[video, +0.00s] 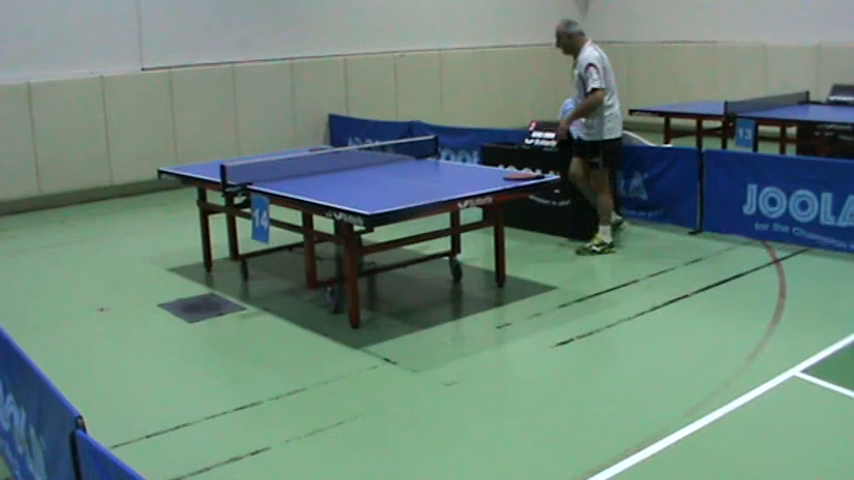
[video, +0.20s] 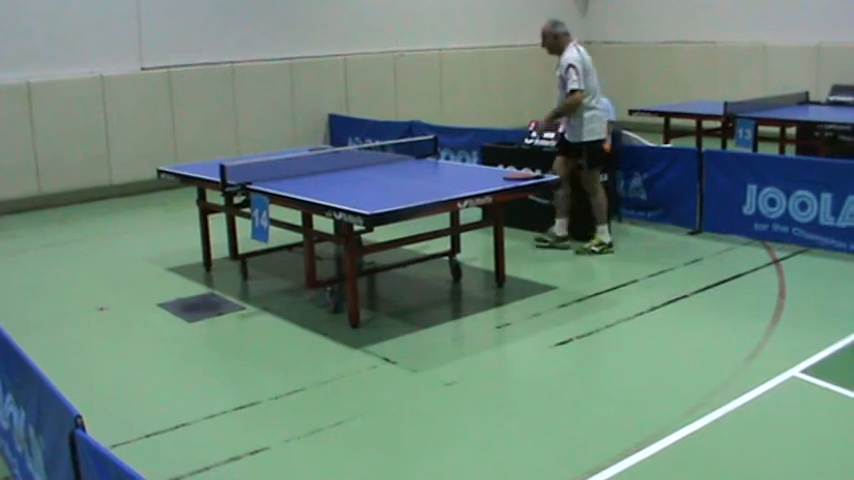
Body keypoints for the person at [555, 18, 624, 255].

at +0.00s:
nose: (558, 46)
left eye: (560, 40)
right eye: (557, 41)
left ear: (572, 37)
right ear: (574, 36)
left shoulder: (589, 59)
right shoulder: (585, 57)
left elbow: (597, 97)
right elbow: (590, 96)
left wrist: (568, 120)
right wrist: (572, 119)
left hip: (602, 133)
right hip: (589, 131)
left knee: (600, 183)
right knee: (576, 173)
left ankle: (604, 235)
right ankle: (610, 216)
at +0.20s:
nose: (543, 46)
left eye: (545, 40)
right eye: (543, 40)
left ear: (558, 37)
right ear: (561, 36)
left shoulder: (571, 59)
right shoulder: (574, 54)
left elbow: (576, 97)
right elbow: (578, 96)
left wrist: (550, 118)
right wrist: (558, 119)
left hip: (589, 130)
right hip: (574, 130)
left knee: (592, 181)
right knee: (560, 173)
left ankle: (603, 236)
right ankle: (560, 230)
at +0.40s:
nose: (520, 45)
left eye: (521, 40)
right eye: (519, 40)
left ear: (534, 37)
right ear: (538, 37)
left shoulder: (545, 59)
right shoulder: (553, 55)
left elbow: (551, 97)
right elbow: (560, 95)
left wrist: (529, 118)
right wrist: (540, 120)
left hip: (559, 135)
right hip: (557, 134)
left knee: (571, 182)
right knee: (539, 182)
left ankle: (598, 233)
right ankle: (525, 231)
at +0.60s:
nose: (499, 39)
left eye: (502, 33)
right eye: (500, 33)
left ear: (514, 33)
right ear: (520, 33)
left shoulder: (522, 55)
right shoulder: (535, 52)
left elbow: (527, 92)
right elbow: (538, 90)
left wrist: (509, 121)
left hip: (529, 130)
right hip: (540, 128)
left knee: (526, 180)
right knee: (527, 180)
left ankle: (559, 216)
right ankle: (524, 230)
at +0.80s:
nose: (482, 38)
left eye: (484, 33)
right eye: (483, 33)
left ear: (496, 33)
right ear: (503, 33)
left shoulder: (500, 56)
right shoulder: (521, 53)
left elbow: (503, 94)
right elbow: (514, 92)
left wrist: (487, 123)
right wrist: (486, 115)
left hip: (504, 130)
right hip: (523, 128)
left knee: (492, 177)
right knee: (522, 179)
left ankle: (492, 228)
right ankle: (524, 229)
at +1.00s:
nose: (459, 42)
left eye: (461, 37)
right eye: (459, 37)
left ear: (472, 37)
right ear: (480, 37)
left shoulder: (473, 61)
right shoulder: (498, 57)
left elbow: (473, 99)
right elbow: (490, 97)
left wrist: (462, 132)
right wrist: (461, 111)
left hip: (481, 134)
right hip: (503, 132)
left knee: (467, 179)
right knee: (509, 179)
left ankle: (451, 224)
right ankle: (521, 226)